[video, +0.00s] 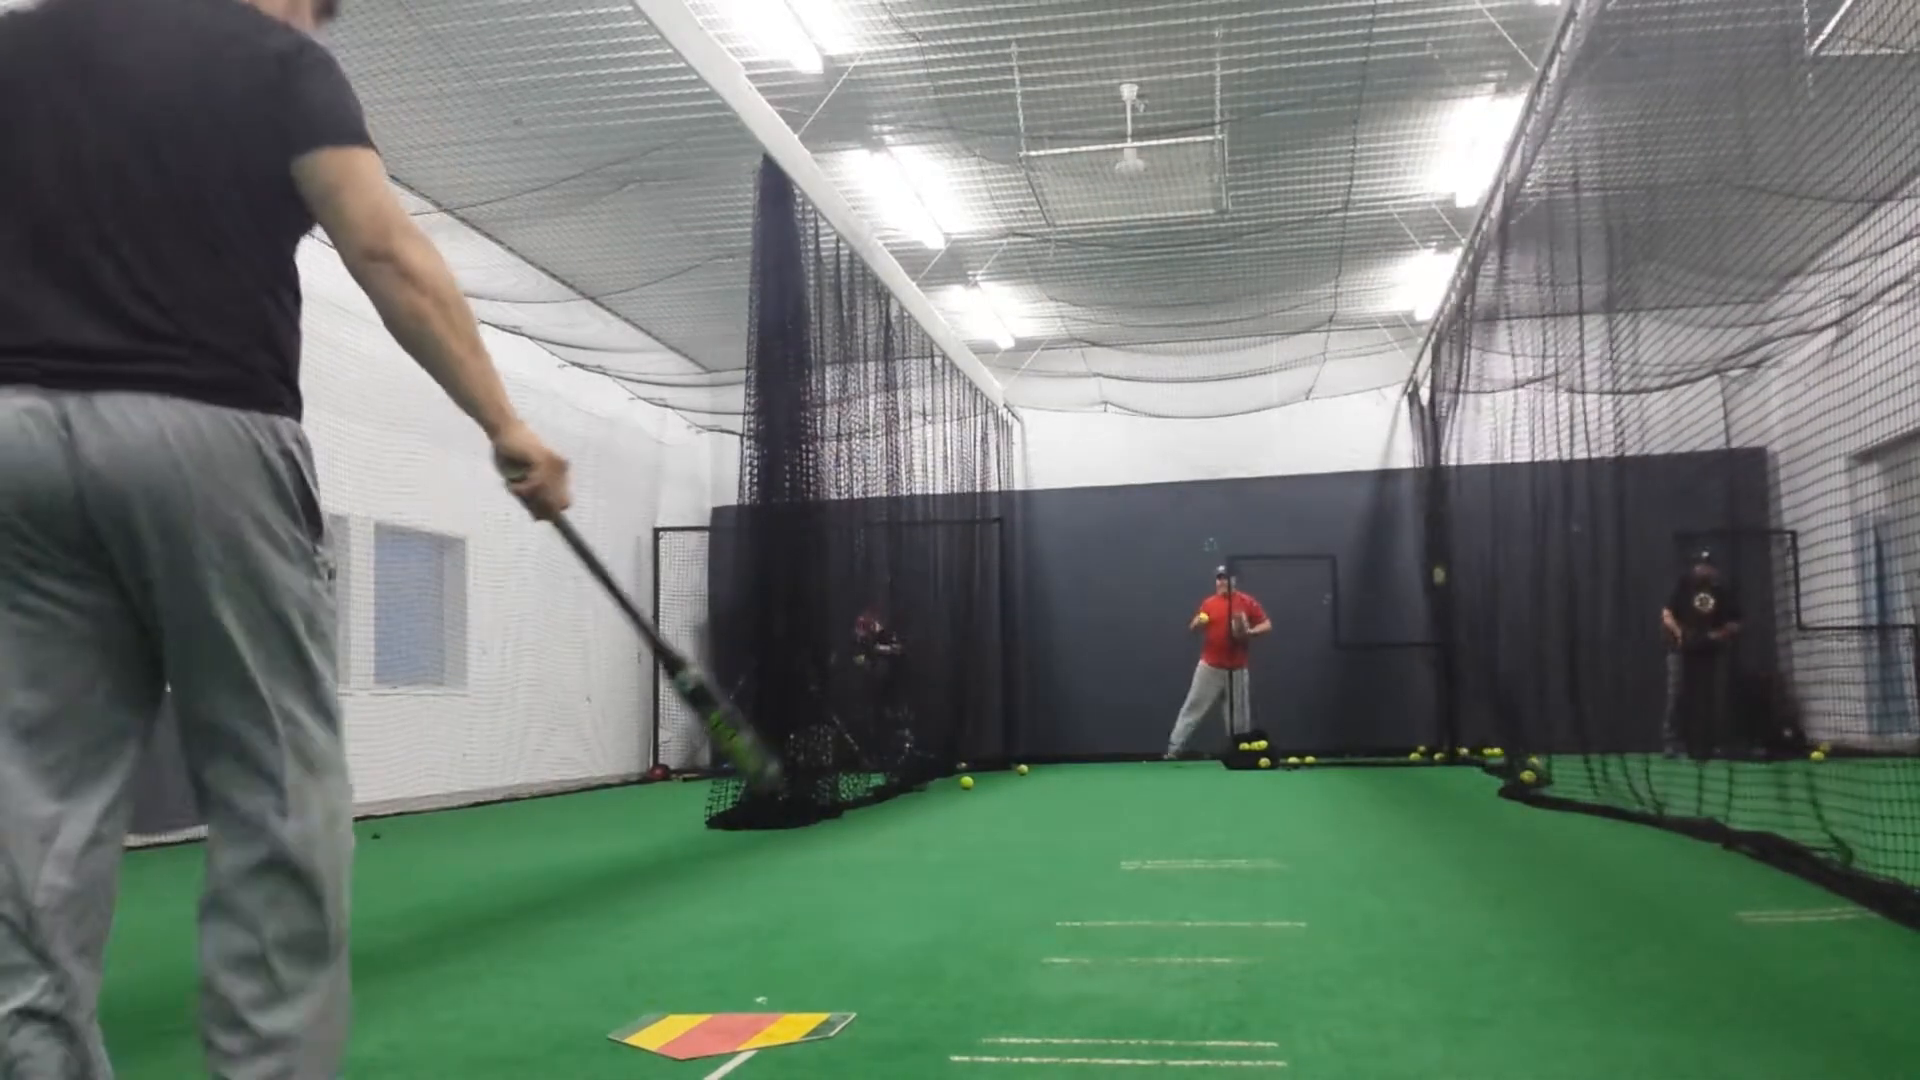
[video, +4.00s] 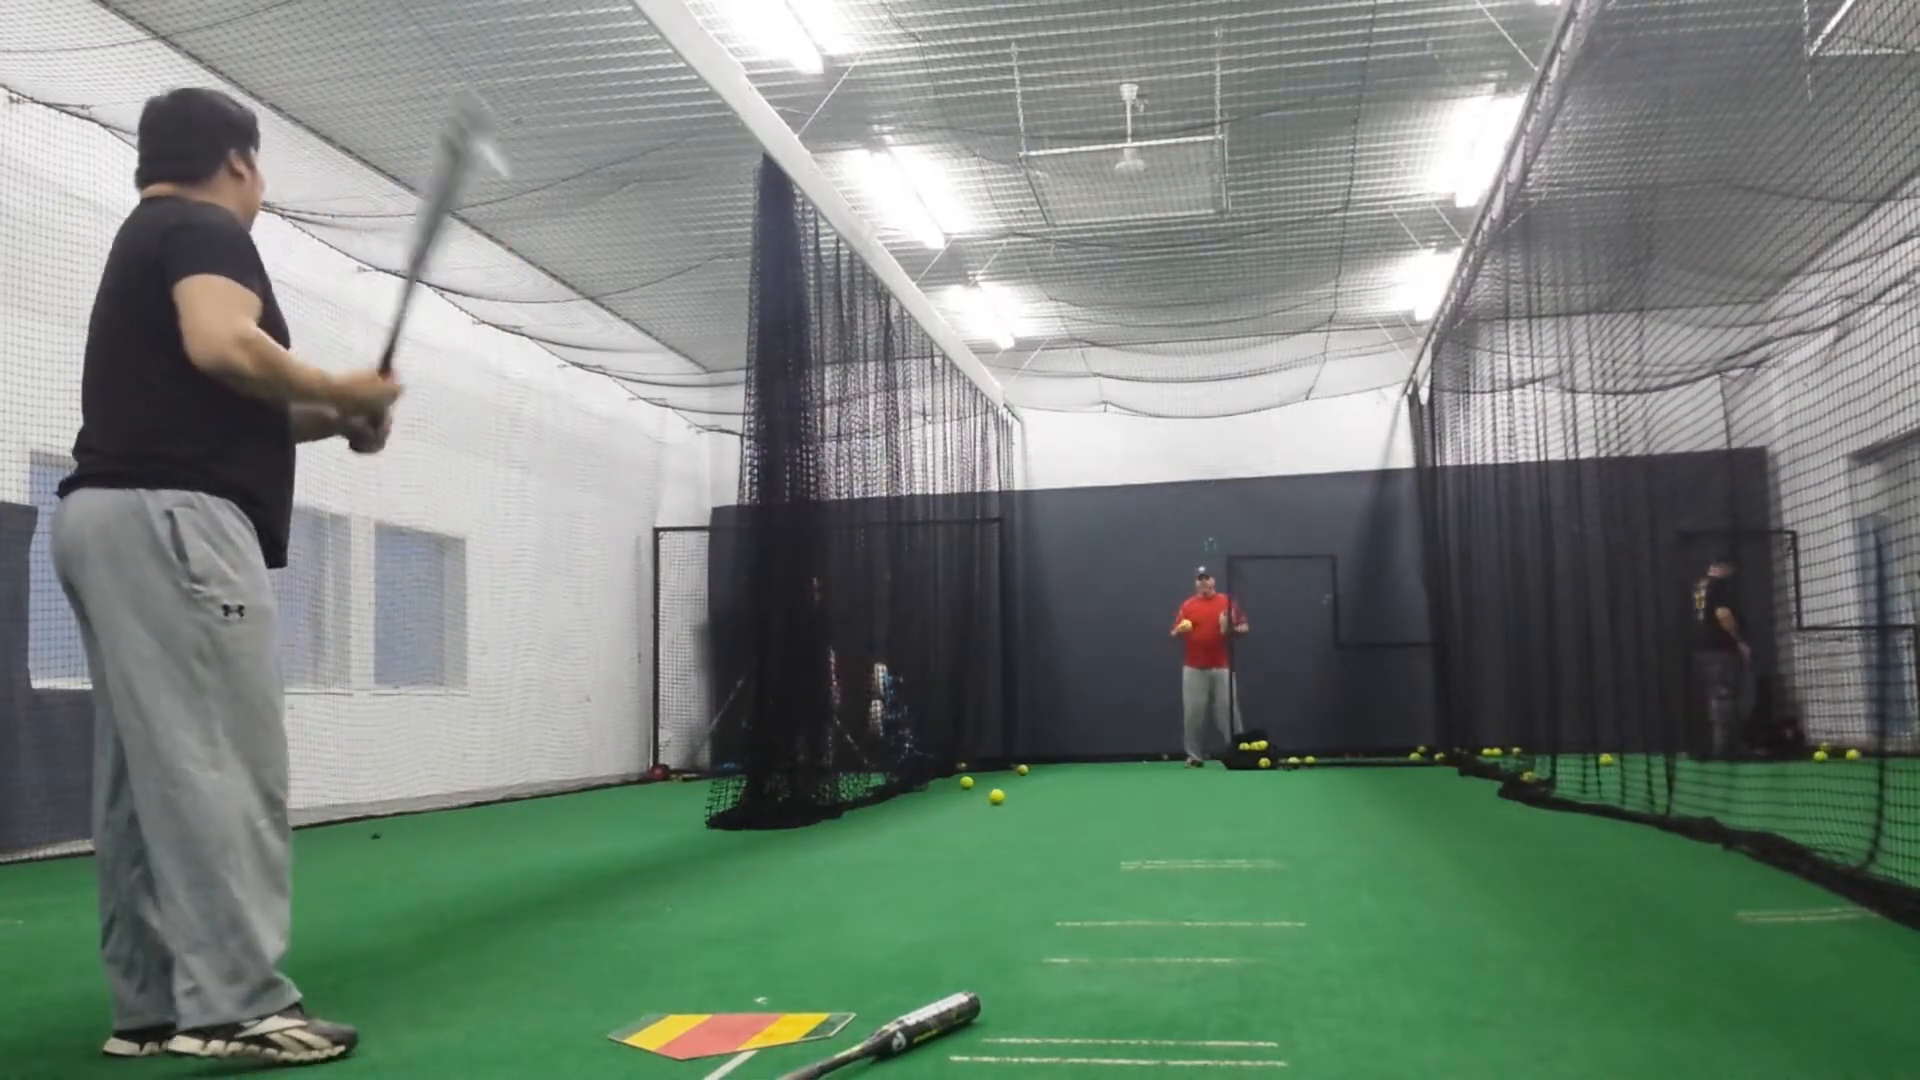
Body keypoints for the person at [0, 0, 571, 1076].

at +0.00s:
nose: (320, 33)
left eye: (324, 22)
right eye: (322, 20)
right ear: (289, 1)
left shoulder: (24, 36)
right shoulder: (280, 57)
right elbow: (386, 252)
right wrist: (505, 422)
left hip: (17, 436)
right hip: (201, 439)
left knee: (46, 773)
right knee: (272, 767)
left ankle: (34, 1055)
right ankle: (272, 1057)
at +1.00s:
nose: (414, 194)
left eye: (423, 176)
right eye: (419, 171)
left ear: (309, 123)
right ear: (384, 140)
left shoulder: (191, 193)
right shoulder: (373, 220)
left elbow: (131, 333)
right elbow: (437, 389)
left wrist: (226, 392)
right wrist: (406, 455)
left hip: (156, 503)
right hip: (280, 500)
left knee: (184, 768)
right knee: (336, 774)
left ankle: (156, 1015)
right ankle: (314, 1052)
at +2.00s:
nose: (393, 214)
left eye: (399, 197)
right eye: (391, 192)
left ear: (307, 168)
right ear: (346, 167)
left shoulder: (221, 227)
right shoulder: (331, 231)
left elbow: (264, 379)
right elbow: (388, 384)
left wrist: (388, 416)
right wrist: (440, 379)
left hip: (134, 497)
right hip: (238, 507)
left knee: (156, 767)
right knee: (257, 765)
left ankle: (150, 1009)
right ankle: (245, 1015)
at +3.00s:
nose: (400, 198)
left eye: (403, 179)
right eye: (401, 176)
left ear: (299, 152)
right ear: (371, 162)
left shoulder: (222, 223)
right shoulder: (347, 255)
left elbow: (249, 383)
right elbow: (377, 418)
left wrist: (396, 428)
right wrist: (450, 442)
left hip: (130, 504)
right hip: (230, 517)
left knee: (147, 767)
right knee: (247, 769)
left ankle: (151, 1003)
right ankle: (243, 1021)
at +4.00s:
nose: (262, 185)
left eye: (258, 168)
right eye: (258, 167)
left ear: (162, 165)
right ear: (233, 160)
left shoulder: (146, 237)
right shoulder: (204, 226)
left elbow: (217, 418)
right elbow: (217, 343)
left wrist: (333, 418)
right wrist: (341, 387)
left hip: (106, 516)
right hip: (167, 518)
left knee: (142, 769)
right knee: (220, 758)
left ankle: (153, 1009)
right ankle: (237, 1004)